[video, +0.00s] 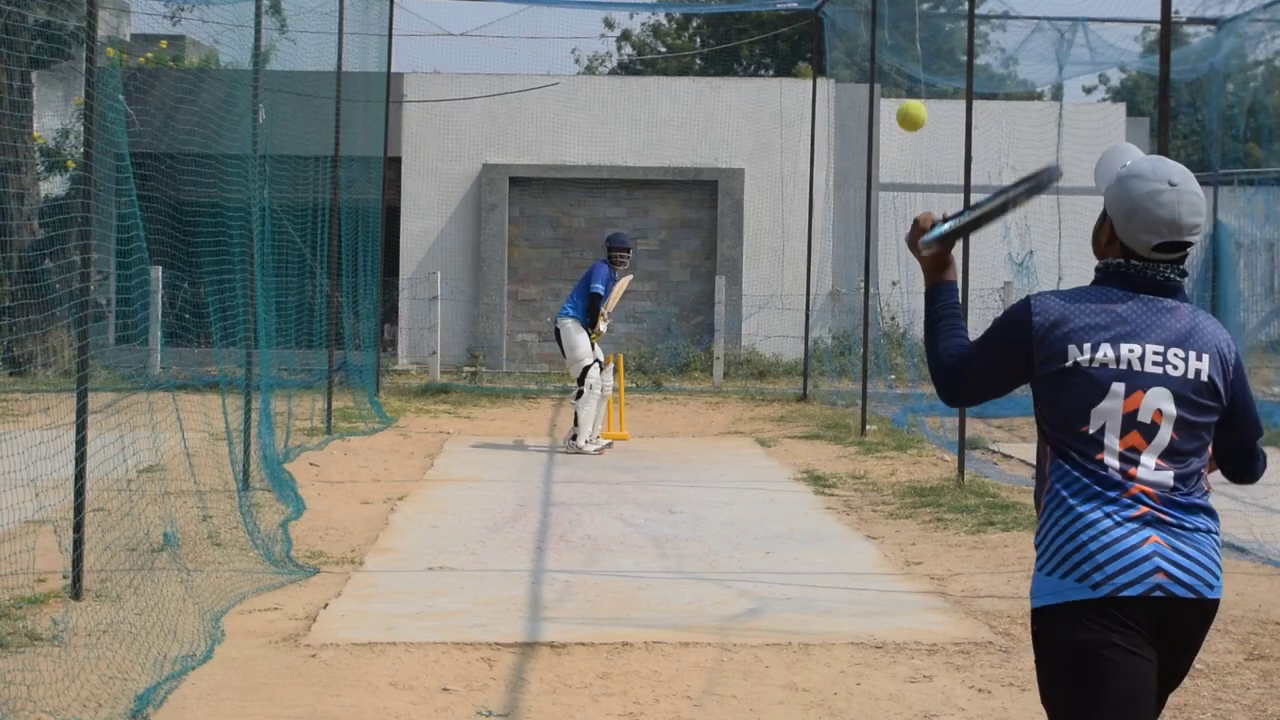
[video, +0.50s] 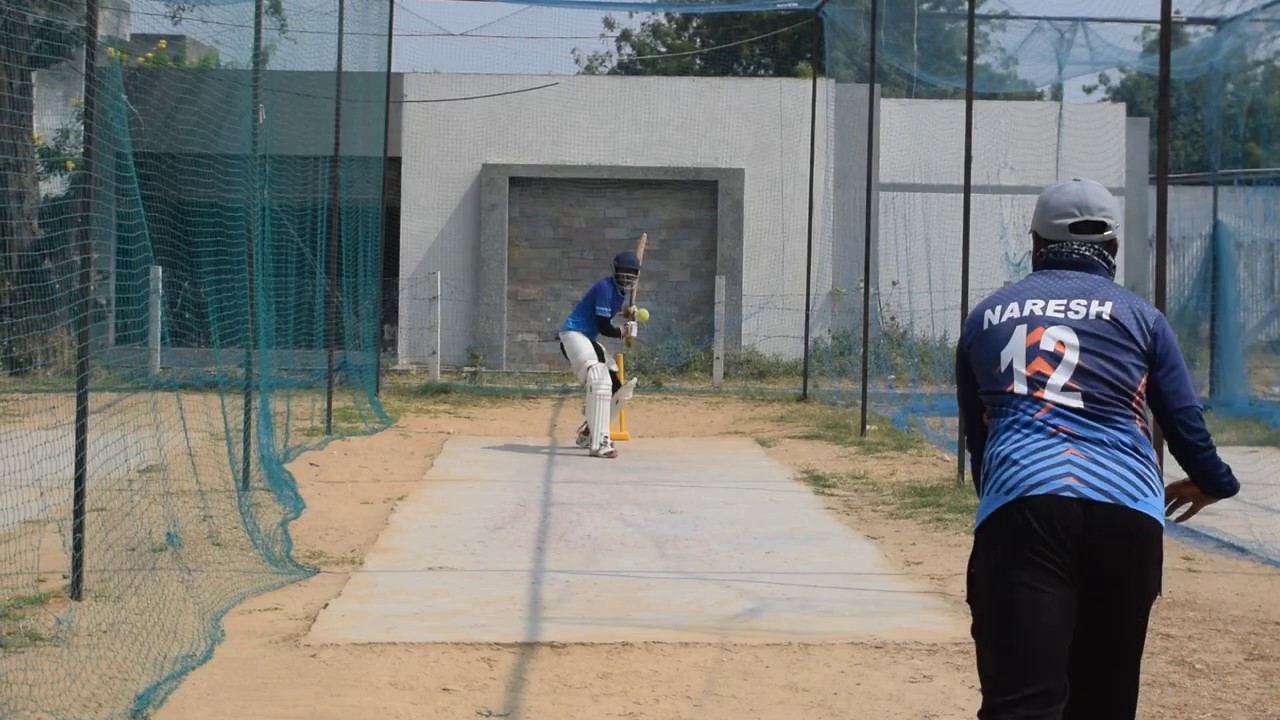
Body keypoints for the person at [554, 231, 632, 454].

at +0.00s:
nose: (621, 257)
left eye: (625, 253)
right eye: (617, 252)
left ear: (629, 255)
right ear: (608, 252)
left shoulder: (612, 276)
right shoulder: (601, 269)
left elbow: (605, 305)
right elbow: (595, 300)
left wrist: (603, 318)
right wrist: (594, 326)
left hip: (583, 325)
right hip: (570, 324)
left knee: (604, 380)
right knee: (590, 379)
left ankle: (590, 435)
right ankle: (579, 439)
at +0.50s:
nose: (628, 278)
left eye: (632, 274)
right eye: (625, 273)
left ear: (636, 276)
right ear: (616, 271)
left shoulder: (620, 293)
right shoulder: (605, 287)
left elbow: (619, 310)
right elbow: (603, 326)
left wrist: (626, 315)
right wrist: (622, 332)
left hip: (589, 338)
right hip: (574, 334)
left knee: (617, 386)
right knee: (599, 379)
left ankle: (588, 433)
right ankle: (599, 443)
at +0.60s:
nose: (624, 273)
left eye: (628, 269)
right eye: (620, 268)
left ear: (633, 272)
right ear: (613, 266)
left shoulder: (620, 292)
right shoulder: (602, 284)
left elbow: (618, 317)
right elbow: (614, 320)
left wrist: (635, 307)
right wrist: (638, 321)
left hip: (596, 340)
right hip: (579, 336)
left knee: (623, 389)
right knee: (606, 379)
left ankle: (592, 431)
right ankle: (600, 442)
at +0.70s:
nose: (621, 265)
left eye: (626, 262)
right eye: (618, 259)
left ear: (630, 264)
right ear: (610, 258)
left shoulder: (624, 286)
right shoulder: (598, 274)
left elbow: (637, 317)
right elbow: (609, 296)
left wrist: (647, 298)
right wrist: (641, 295)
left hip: (604, 339)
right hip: (583, 334)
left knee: (626, 394)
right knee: (607, 378)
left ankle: (592, 429)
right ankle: (601, 443)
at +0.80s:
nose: (619, 253)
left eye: (624, 251)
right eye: (616, 249)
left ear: (631, 253)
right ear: (610, 248)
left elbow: (642, 301)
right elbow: (599, 269)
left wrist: (642, 275)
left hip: (615, 333)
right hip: (589, 330)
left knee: (620, 388)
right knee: (595, 382)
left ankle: (599, 430)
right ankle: (596, 438)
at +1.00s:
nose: (629, 248)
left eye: (635, 245)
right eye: (626, 243)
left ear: (643, 246)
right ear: (622, 243)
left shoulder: (643, 263)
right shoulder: (613, 257)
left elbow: (623, 272)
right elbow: (599, 261)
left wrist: (595, 264)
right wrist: (585, 260)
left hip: (619, 325)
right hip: (593, 319)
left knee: (613, 380)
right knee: (588, 370)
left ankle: (609, 431)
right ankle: (592, 421)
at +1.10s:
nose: (634, 244)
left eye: (639, 241)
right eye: (631, 239)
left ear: (648, 242)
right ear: (627, 239)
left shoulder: (646, 261)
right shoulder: (627, 262)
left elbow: (616, 270)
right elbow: (607, 288)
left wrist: (580, 267)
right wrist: (586, 280)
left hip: (622, 321)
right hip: (599, 314)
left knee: (615, 377)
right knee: (593, 347)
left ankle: (607, 431)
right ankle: (590, 405)